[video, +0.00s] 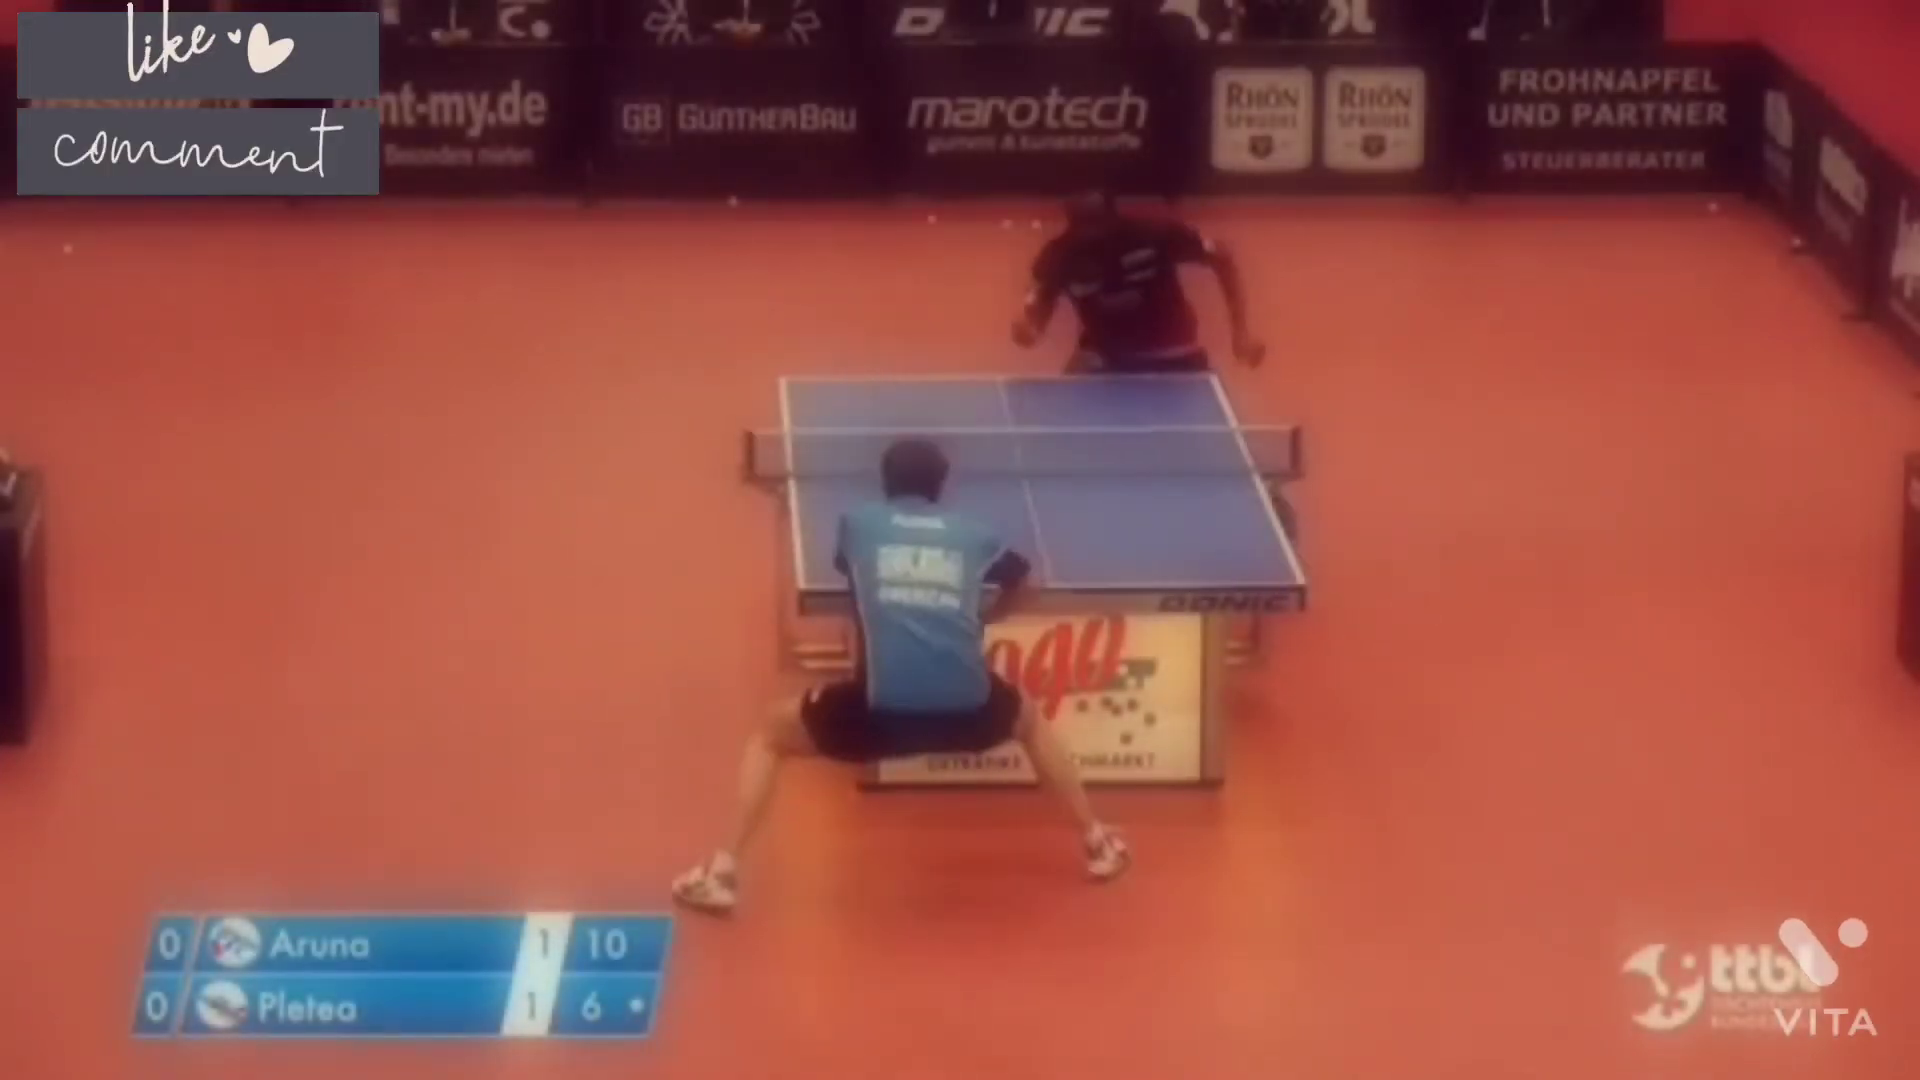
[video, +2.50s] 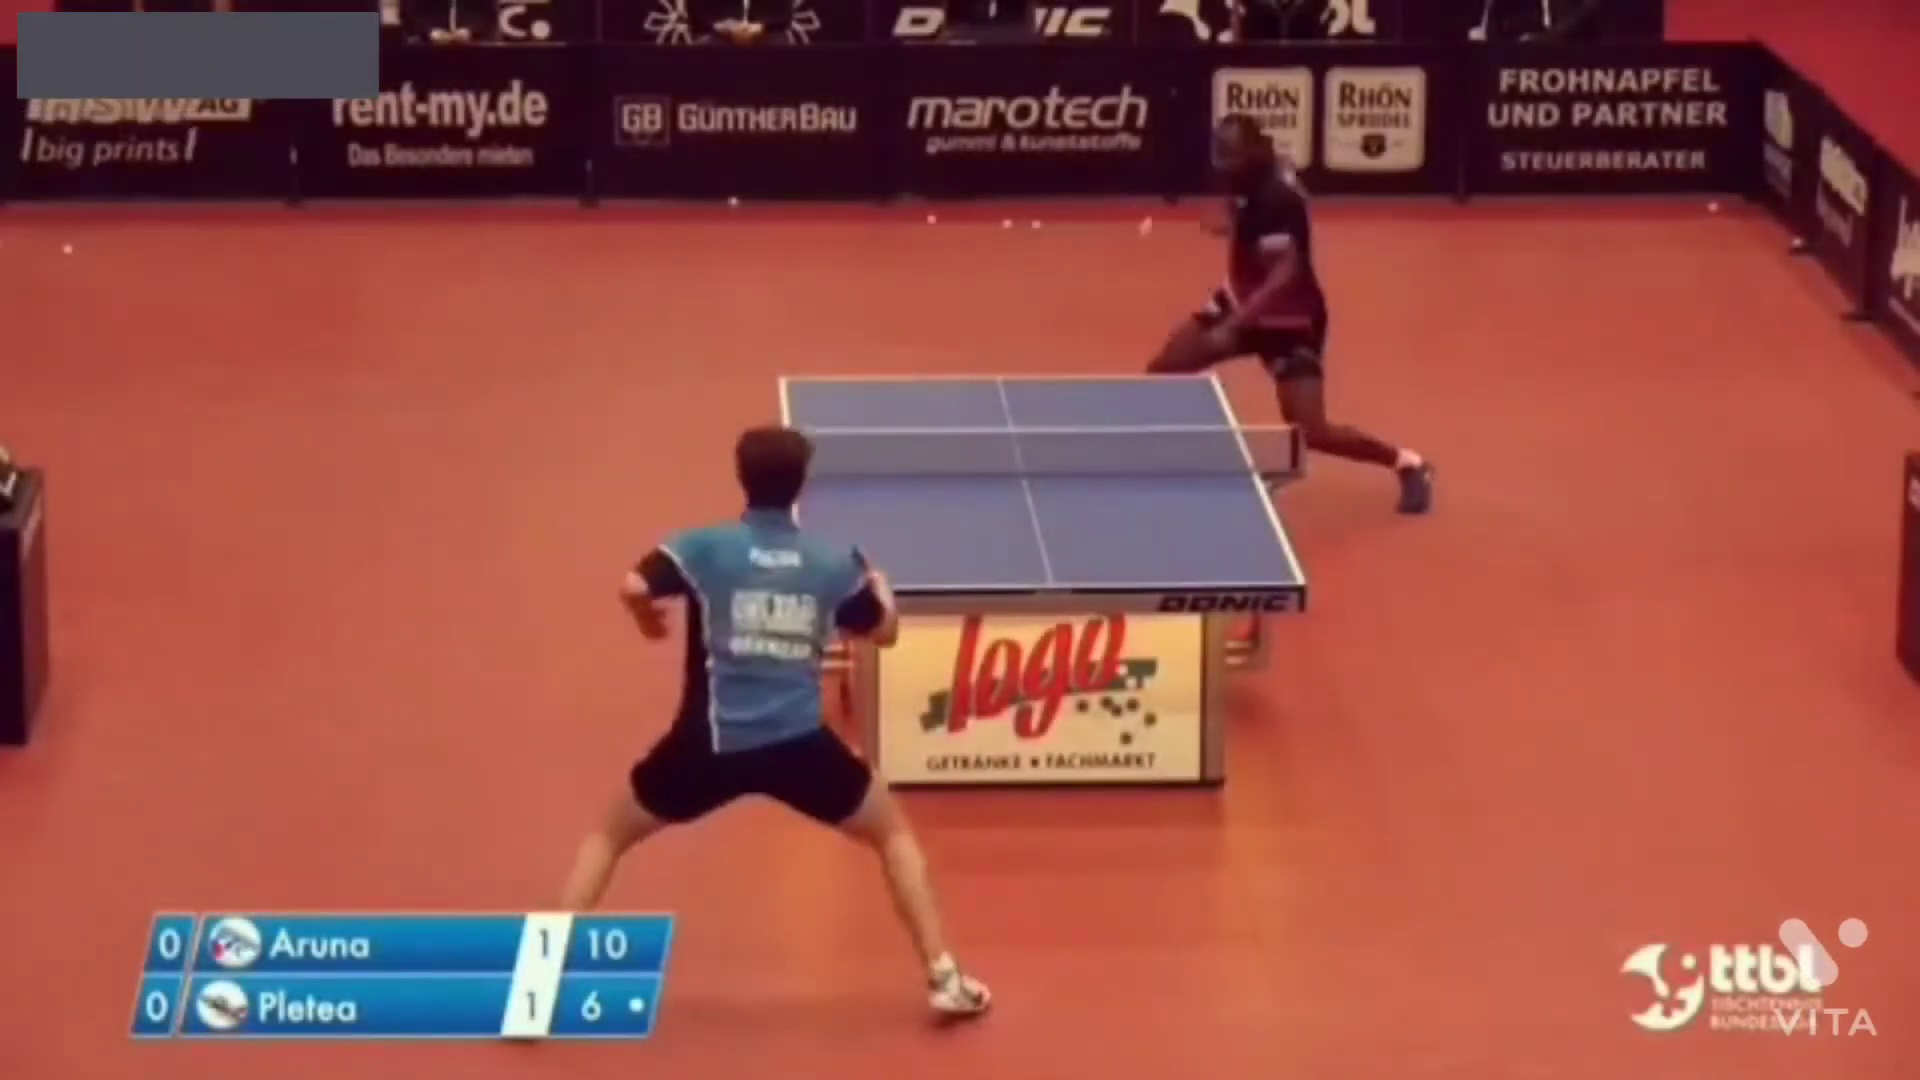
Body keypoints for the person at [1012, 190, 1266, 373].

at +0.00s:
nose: (1087, 225)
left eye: (1094, 214)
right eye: (1078, 216)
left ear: (1110, 207)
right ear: (1068, 214)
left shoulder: (1152, 234)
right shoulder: (1059, 256)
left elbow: (1221, 259)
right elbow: (1038, 314)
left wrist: (1241, 335)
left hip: (1174, 361)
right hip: (1102, 365)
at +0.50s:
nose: (1144, 216)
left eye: (1151, 205)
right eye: (1135, 207)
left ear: (1169, 202)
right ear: (1128, 208)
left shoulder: (1215, 233)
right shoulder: (1124, 253)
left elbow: (1261, 268)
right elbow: (1109, 324)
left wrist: (1247, 325)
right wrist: (1136, 312)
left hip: (1226, 329)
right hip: (1160, 334)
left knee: (1288, 405)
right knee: (1101, 395)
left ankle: (1340, 486)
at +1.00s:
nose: (1191, 160)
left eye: (1197, 150)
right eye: (1183, 152)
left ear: (1210, 145)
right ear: (1169, 152)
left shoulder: (1244, 173)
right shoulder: (1157, 188)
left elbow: (1286, 197)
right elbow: (1113, 235)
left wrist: (1285, 259)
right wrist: (1096, 235)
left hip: (1241, 303)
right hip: (1170, 305)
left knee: (1294, 392)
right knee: (1108, 389)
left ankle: (1343, 486)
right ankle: (1100, 496)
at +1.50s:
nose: (1160, 189)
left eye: (1165, 180)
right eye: (1154, 182)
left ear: (1181, 175)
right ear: (1149, 182)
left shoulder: (1217, 204)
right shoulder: (1167, 205)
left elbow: (1276, 256)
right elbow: (1164, 242)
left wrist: (1246, 316)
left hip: (1242, 329)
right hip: (1183, 323)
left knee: (1278, 425)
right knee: (1115, 375)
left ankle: (1363, 479)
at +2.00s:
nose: (1338, 198)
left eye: (1348, 190)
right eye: (1331, 187)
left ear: (1363, 194)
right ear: (1318, 185)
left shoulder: (1371, 245)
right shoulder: (1284, 217)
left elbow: (1348, 308)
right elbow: (1221, 253)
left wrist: (1317, 351)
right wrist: (1249, 276)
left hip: (1320, 333)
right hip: (1258, 325)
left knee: (1369, 398)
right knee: (1195, 394)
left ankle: (1410, 489)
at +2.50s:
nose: (1221, 157)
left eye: (1229, 149)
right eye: (1219, 148)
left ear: (1257, 149)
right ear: (1226, 150)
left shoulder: (1276, 196)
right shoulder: (1249, 186)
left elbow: (1286, 272)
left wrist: (1233, 322)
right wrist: (1231, 227)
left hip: (1290, 324)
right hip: (1245, 312)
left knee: (1310, 430)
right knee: (1161, 373)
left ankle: (1407, 464)